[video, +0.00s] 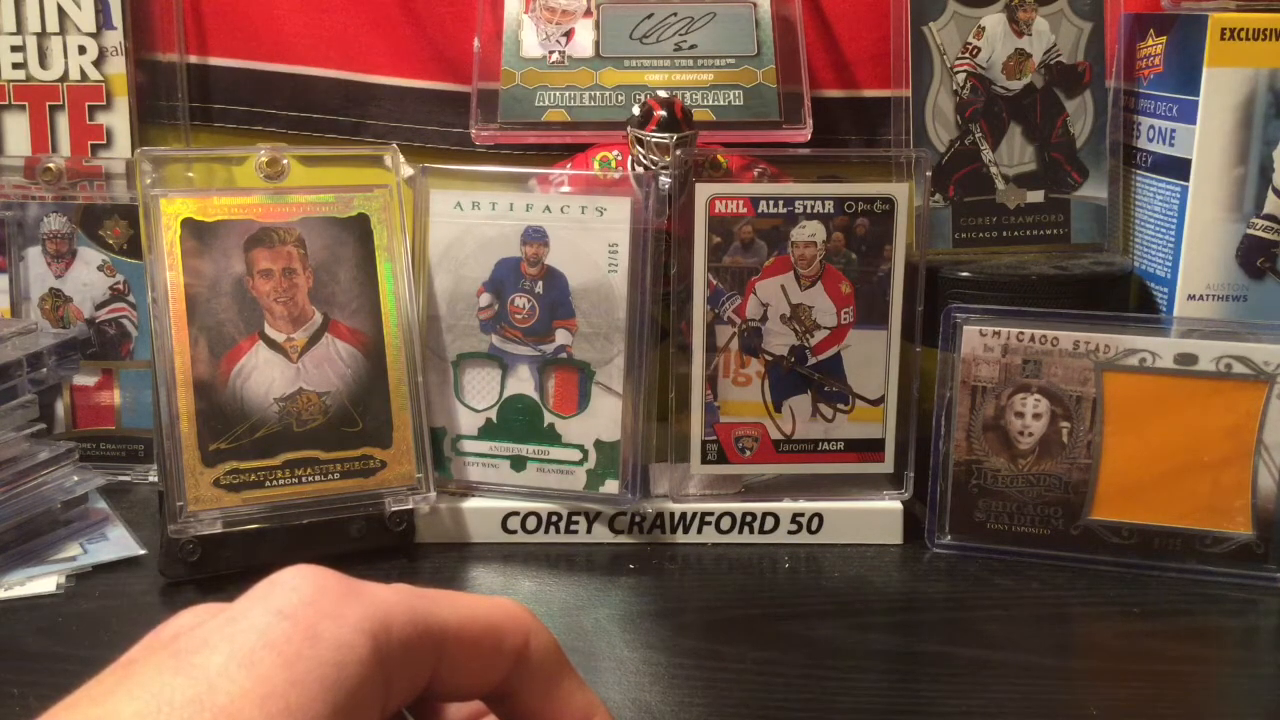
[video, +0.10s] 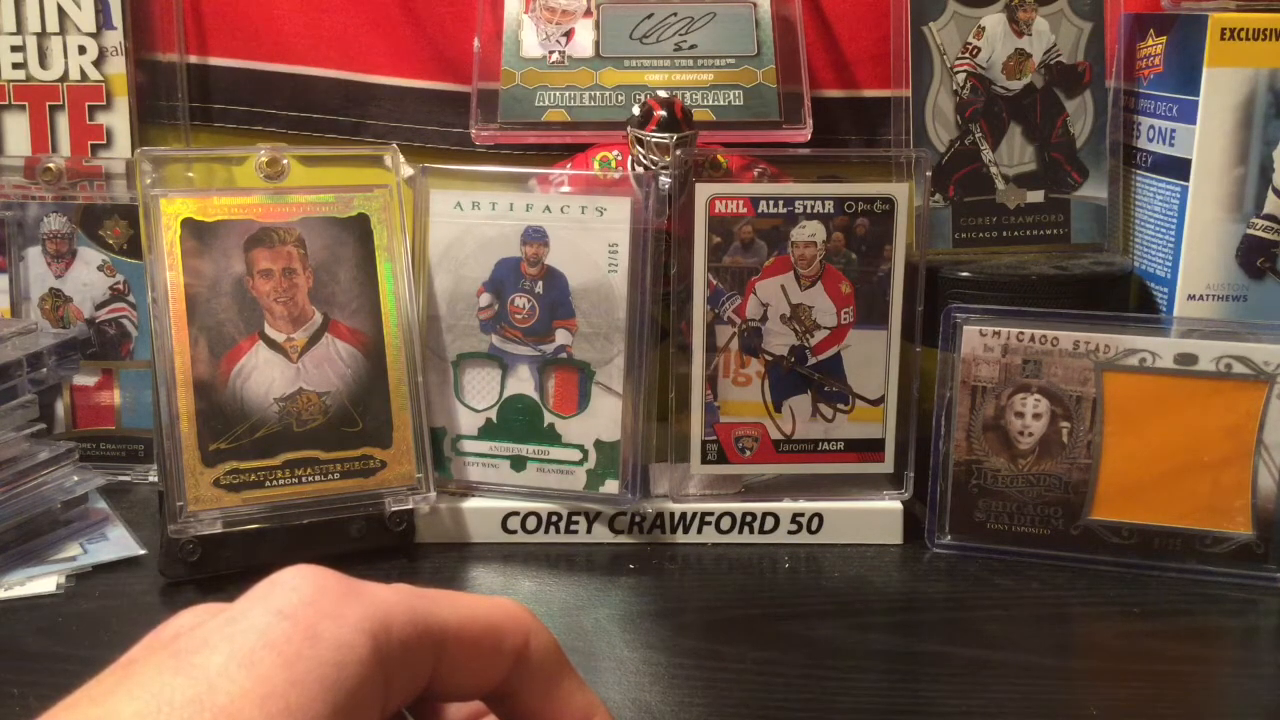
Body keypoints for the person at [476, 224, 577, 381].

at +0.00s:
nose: (534, 251)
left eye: (539, 247)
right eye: (530, 246)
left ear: (546, 250)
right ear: (522, 248)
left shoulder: (557, 280)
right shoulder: (504, 268)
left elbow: (565, 321)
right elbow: (487, 292)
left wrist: (561, 352)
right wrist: (487, 319)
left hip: (542, 351)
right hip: (503, 347)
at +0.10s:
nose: (534, 251)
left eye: (539, 247)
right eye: (530, 246)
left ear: (546, 250)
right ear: (522, 248)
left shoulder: (557, 280)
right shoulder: (504, 268)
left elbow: (565, 321)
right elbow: (487, 292)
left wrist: (562, 351)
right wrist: (487, 317)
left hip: (542, 352)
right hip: (503, 347)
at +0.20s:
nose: (534, 251)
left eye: (539, 247)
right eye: (530, 246)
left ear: (546, 250)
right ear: (522, 248)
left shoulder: (557, 280)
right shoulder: (504, 267)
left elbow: (565, 320)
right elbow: (487, 291)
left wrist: (562, 350)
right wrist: (487, 315)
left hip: (542, 352)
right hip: (503, 348)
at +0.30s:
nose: (534, 251)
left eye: (539, 247)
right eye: (530, 246)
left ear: (546, 250)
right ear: (522, 248)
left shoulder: (557, 280)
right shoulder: (504, 268)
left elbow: (565, 320)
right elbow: (487, 291)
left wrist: (561, 350)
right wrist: (486, 313)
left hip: (542, 353)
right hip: (503, 349)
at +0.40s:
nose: (534, 251)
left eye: (539, 247)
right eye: (530, 246)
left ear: (546, 250)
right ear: (522, 248)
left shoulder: (557, 280)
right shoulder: (504, 267)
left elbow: (565, 321)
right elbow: (487, 291)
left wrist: (562, 350)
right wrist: (486, 314)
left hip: (542, 353)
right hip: (503, 349)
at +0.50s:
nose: (534, 251)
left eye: (539, 247)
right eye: (530, 246)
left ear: (546, 250)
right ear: (522, 248)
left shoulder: (557, 280)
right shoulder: (504, 267)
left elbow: (565, 320)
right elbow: (487, 291)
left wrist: (561, 349)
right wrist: (486, 314)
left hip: (542, 353)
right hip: (503, 349)